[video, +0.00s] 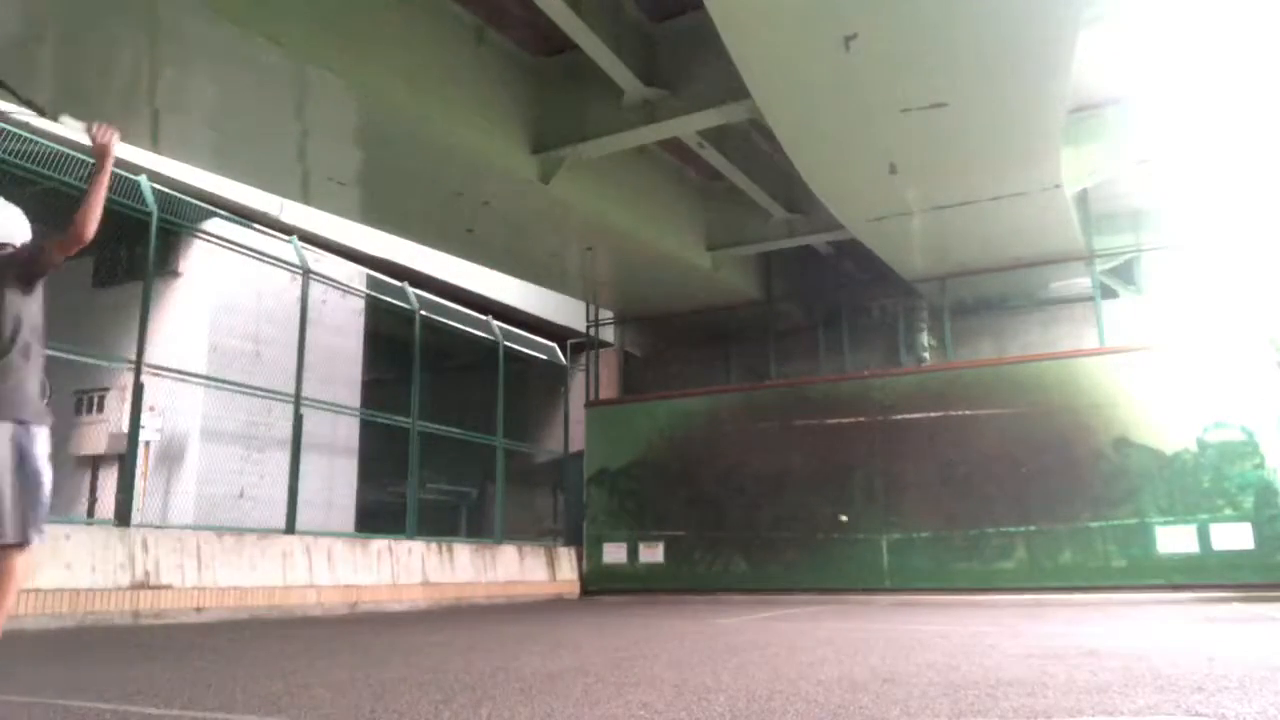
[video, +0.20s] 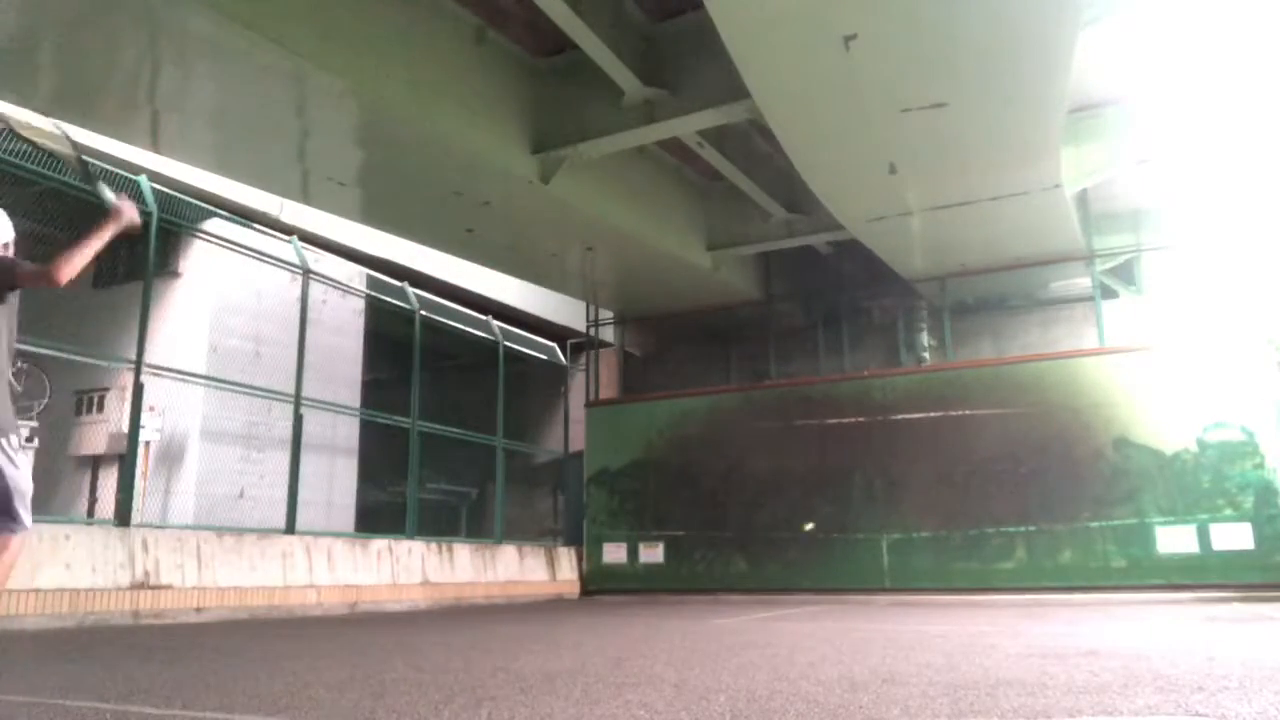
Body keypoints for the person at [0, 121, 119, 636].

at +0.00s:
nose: (24, 244)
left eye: (20, 236)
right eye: (18, 237)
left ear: (15, 235)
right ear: (9, 238)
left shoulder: (22, 261)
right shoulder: (16, 263)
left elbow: (79, 235)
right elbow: (79, 234)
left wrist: (103, 161)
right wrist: (105, 160)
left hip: (25, 416)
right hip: (14, 415)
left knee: (18, 541)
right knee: (13, 543)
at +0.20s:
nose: (13, 250)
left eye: (11, 242)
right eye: (9, 242)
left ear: (9, 242)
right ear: (4, 242)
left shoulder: (10, 269)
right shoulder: (6, 269)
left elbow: (56, 275)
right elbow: (56, 274)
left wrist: (112, 223)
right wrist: (114, 222)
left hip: (9, 422)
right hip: (4, 423)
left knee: (14, 528)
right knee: (13, 529)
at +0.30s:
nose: (14, 247)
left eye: (12, 240)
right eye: (10, 240)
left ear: (6, 242)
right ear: (4, 240)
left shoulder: (11, 279)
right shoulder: (6, 271)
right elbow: (56, 293)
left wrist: (27, 389)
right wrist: (118, 260)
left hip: (14, 427)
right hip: (9, 428)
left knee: (19, 526)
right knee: (20, 525)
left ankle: (3, 647)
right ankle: (2, 645)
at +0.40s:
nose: (21, 253)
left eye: (21, 245)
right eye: (19, 245)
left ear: (1, 245)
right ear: (7, 244)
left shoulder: (7, 284)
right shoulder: (11, 276)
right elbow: (62, 318)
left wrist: (42, 373)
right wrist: (118, 304)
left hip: (7, 421)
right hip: (5, 424)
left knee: (28, 520)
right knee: (29, 519)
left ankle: (12, 632)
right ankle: (13, 630)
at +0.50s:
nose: (39, 264)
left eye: (38, 254)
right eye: (36, 254)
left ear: (2, 250)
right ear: (21, 250)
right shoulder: (20, 281)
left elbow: (4, 373)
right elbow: (74, 341)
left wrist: (49, 380)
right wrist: (117, 354)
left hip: (9, 425)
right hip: (8, 427)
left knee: (36, 529)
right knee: (37, 528)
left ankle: (35, 637)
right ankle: (35, 635)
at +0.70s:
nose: (94, 259)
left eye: (92, 252)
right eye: (92, 252)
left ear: (43, 244)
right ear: (82, 250)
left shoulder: (8, 284)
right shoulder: (95, 290)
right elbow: (121, 378)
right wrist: (98, 425)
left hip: (5, 429)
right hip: (57, 434)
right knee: (56, 546)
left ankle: (26, 658)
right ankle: (28, 660)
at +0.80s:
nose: (120, 254)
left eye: (119, 247)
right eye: (118, 246)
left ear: (65, 238)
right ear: (105, 245)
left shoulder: (23, 274)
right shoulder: (126, 289)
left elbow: (7, 337)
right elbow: (134, 376)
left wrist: (26, 370)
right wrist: (106, 399)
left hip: (18, 426)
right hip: (85, 435)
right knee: (65, 548)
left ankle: (27, 657)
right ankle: (30, 658)